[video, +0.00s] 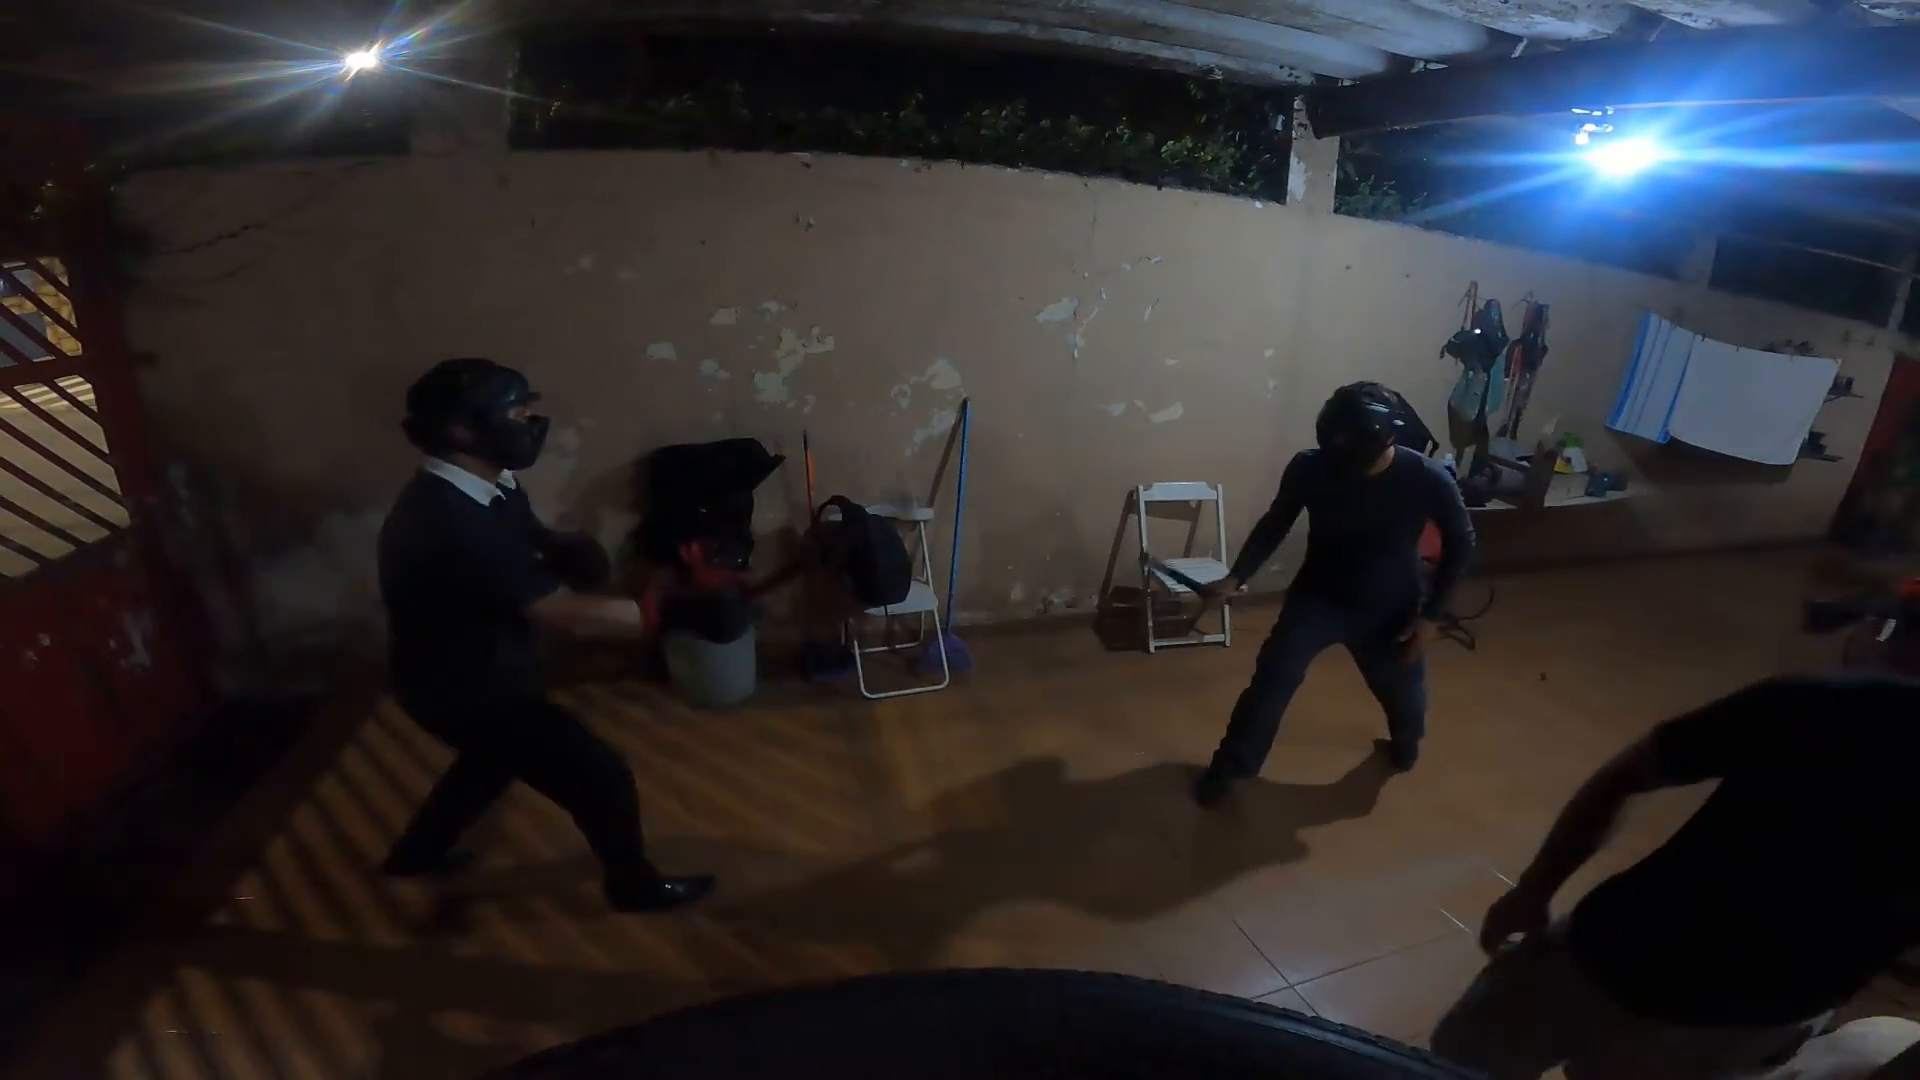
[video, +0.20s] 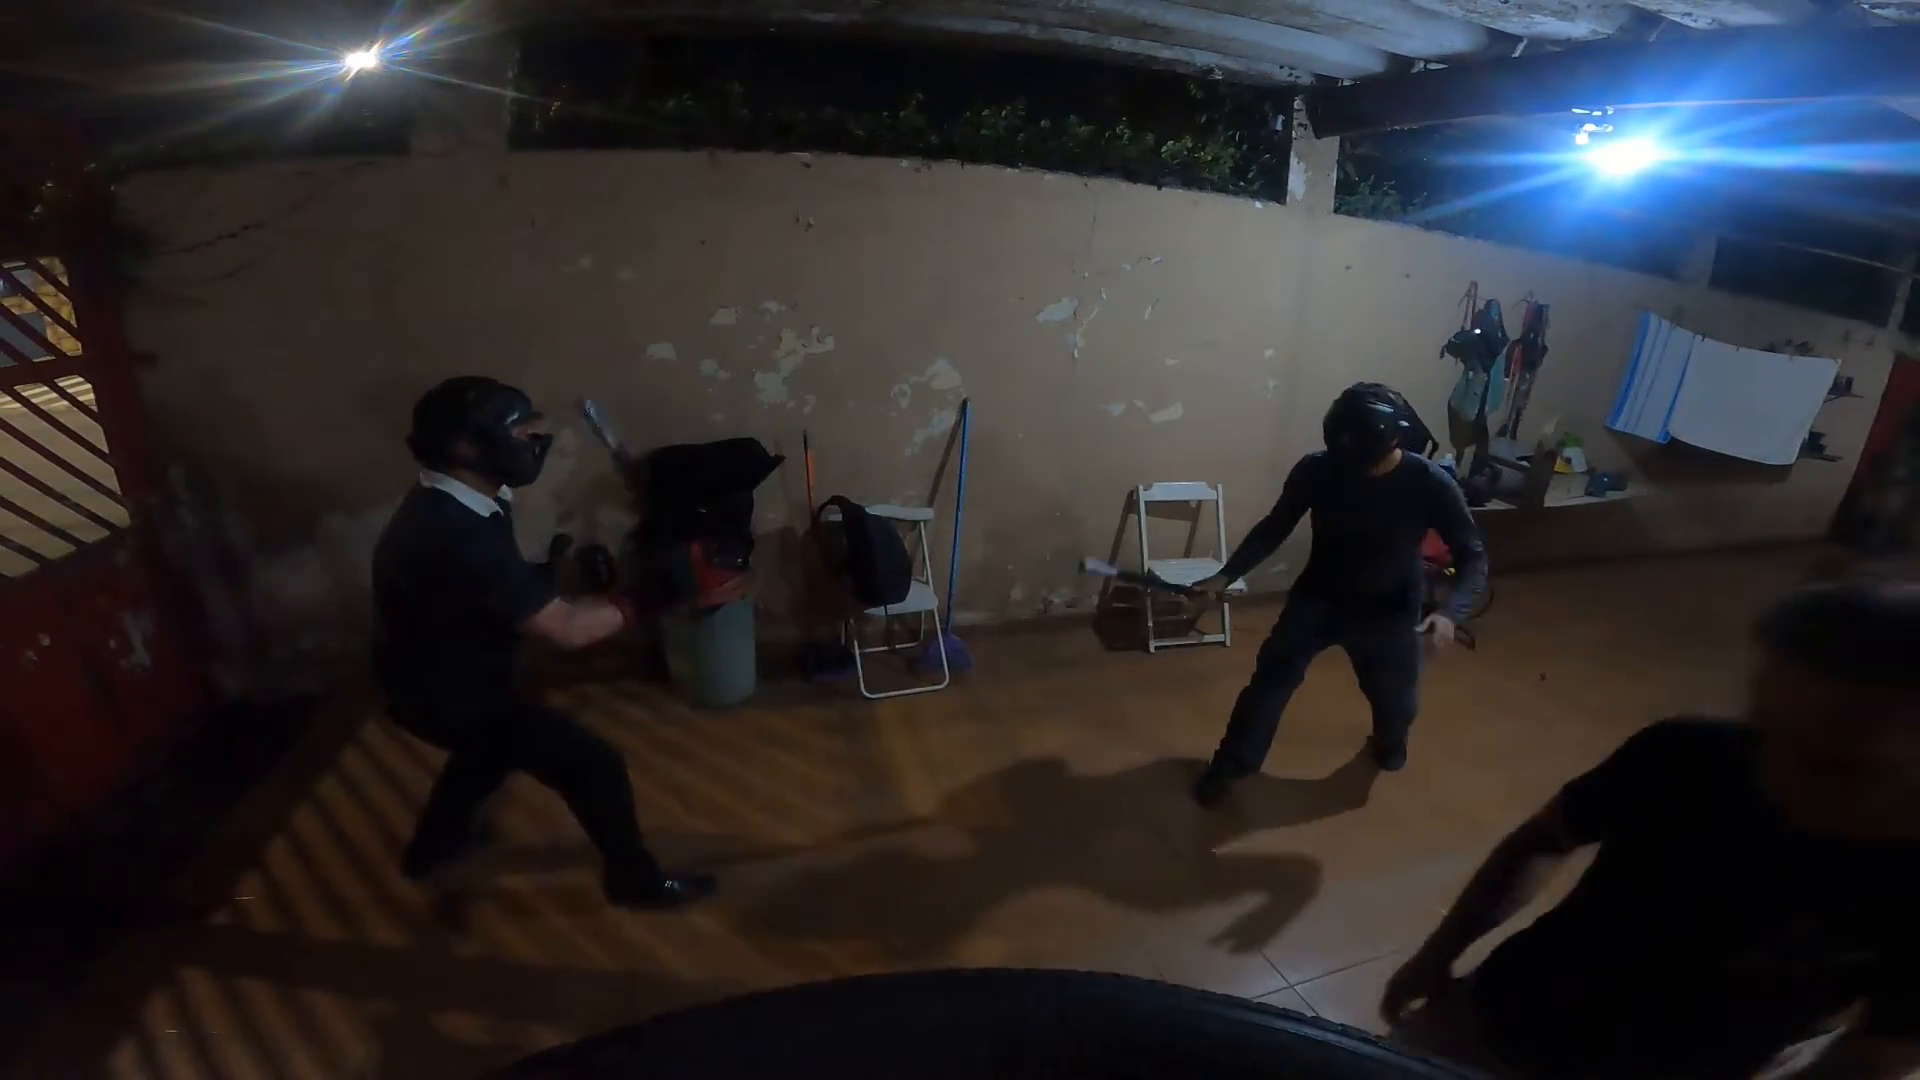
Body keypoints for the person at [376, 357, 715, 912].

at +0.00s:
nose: (534, 415)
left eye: (527, 403)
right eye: (513, 408)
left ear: (464, 433)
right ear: (463, 433)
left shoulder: (490, 486)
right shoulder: (445, 522)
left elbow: (523, 543)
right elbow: (548, 609)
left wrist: (563, 556)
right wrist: (654, 616)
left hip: (493, 674)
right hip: (455, 693)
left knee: (495, 758)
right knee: (601, 776)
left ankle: (418, 852)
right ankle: (632, 882)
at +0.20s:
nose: (535, 440)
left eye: (531, 428)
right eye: (518, 432)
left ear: (464, 449)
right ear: (468, 449)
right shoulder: (465, 534)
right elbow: (567, 629)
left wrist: (558, 580)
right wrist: (640, 601)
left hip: (420, 686)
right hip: (451, 700)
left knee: (491, 747)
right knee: (595, 766)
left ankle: (432, 850)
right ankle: (632, 876)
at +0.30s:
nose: (527, 449)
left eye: (522, 437)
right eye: (510, 440)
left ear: (454, 456)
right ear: (458, 455)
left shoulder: (431, 514)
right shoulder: (461, 541)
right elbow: (498, 670)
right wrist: (574, 701)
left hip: (419, 692)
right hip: (449, 704)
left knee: (509, 730)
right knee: (610, 740)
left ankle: (436, 850)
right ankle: (650, 868)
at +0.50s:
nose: (554, 444)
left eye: (547, 432)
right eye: (535, 438)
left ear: (483, 463)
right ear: (485, 462)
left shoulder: (488, 517)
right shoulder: (485, 544)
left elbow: (551, 606)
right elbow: (493, 679)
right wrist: (560, 724)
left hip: (442, 697)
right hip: (470, 711)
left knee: (508, 755)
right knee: (637, 773)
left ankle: (433, 853)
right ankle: (704, 888)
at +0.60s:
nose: (574, 443)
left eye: (568, 432)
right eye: (556, 436)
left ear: (506, 461)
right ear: (509, 458)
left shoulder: (519, 519)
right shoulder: (510, 542)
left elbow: (583, 602)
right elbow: (559, 659)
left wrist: (633, 560)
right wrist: (635, 704)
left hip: (472, 699)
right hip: (499, 716)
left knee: (513, 765)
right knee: (655, 777)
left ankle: (434, 854)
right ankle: (706, 891)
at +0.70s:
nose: (605, 445)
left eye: (600, 433)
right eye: (588, 436)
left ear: (534, 458)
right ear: (538, 457)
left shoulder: (507, 521)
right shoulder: (551, 543)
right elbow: (643, 639)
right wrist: (725, 648)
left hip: (485, 704)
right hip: (527, 719)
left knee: (530, 767)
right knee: (673, 778)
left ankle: (438, 858)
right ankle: (708, 895)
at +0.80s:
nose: (639, 442)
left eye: (634, 429)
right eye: (623, 433)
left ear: (569, 456)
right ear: (578, 455)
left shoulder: (526, 515)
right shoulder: (593, 541)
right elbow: (704, 599)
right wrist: (785, 590)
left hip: (486, 705)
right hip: (542, 723)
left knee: (533, 765)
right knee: (679, 779)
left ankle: (454, 869)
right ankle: (708, 895)